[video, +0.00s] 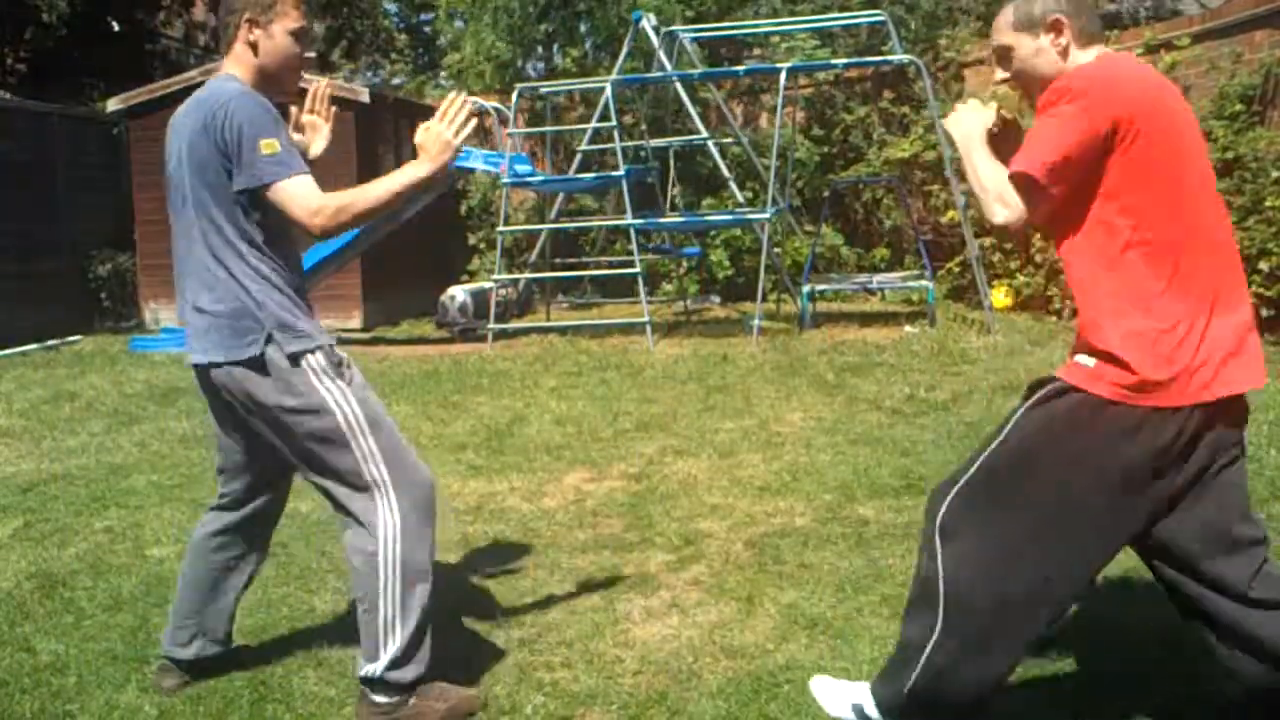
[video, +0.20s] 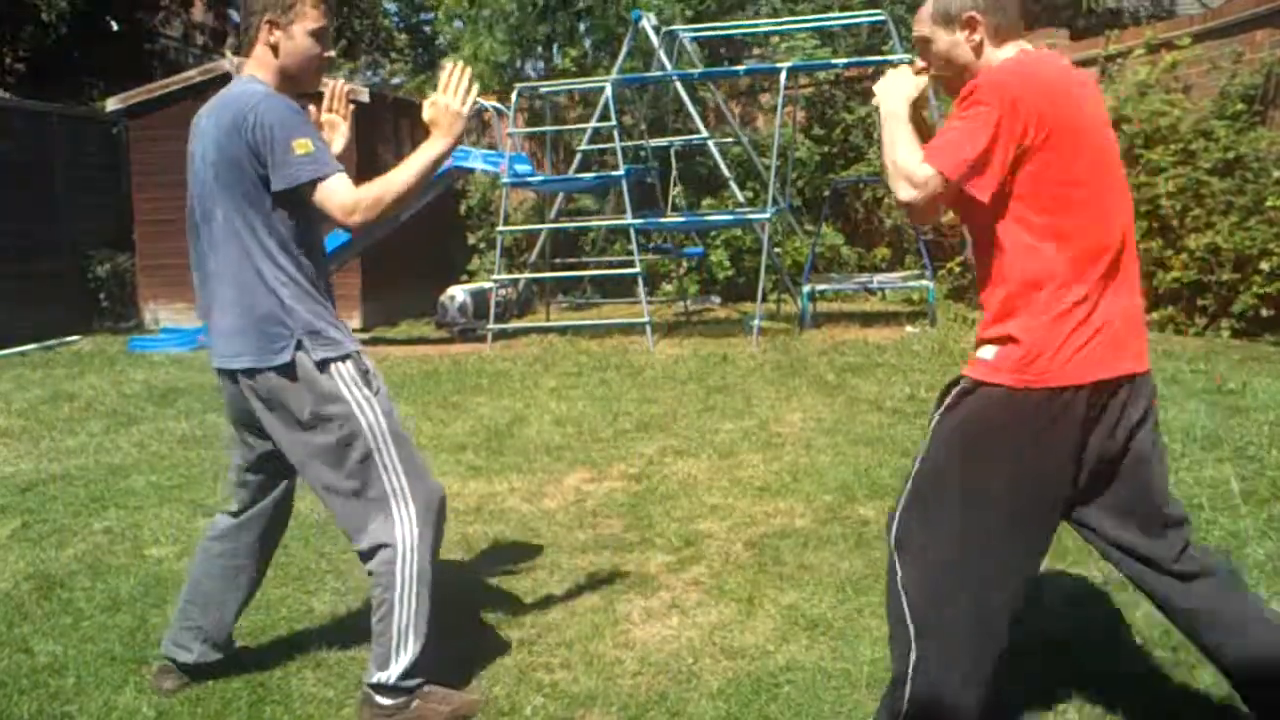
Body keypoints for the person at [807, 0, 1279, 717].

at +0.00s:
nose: (1002, 73)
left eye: (1007, 54)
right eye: (998, 57)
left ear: (1057, 35)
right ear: (1065, 32)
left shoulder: (1091, 89)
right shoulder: (1141, 83)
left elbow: (1008, 209)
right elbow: (1048, 200)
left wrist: (970, 136)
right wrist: (985, 146)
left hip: (1130, 376)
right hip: (1207, 372)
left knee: (970, 524)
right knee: (1232, 579)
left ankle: (910, 702)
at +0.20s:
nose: (922, 62)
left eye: (925, 45)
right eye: (918, 47)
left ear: (973, 32)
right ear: (987, 27)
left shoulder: (1007, 84)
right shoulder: (1069, 80)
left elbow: (914, 191)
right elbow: (976, 205)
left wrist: (893, 107)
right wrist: (918, 119)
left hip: (1030, 374)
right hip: (1112, 367)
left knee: (936, 554)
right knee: (1168, 553)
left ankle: (929, 708)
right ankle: (1273, 684)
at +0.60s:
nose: (762, 94)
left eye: (765, 78)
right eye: (759, 80)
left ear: (801, 70)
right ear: (819, 69)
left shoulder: (838, 119)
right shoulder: (887, 121)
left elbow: (889, 229)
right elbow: (836, 246)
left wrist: (830, 334)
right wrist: (787, 196)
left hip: (843, 388)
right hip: (911, 387)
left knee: (740, 539)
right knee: (954, 551)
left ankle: (654, 684)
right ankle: (1074, 687)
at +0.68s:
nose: (706, 86)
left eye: (707, 71)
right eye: (702, 72)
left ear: (740, 63)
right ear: (781, 63)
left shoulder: (755, 111)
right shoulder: (834, 120)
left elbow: (789, 188)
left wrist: (738, 275)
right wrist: (733, 155)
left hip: (757, 370)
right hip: (842, 371)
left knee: (663, 523)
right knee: (897, 518)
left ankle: (632, 690)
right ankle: (1031, 657)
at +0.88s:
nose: (631, 61)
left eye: (634, 50)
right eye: (632, 50)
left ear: (658, 42)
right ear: (713, 47)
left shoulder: (646, 69)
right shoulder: (777, 105)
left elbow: (542, 74)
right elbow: (796, 211)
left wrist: (435, 63)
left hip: (668, 335)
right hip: (758, 337)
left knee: (629, 508)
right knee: (769, 476)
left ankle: (628, 689)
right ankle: (815, 606)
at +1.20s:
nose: (553, 61)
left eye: (558, 47)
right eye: (554, 49)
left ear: (592, 41)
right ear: (617, 44)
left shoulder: (589, 86)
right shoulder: (673, 109)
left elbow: (530, 172)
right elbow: (712, 191)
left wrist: (444, 150)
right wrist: (657, 244)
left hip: (591, 320)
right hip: (646, 320)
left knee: (555, 491)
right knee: (613, 468)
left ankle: (616, 657)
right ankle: (658, 595)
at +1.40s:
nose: (519, 39)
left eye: (529, 28)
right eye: (519, 27)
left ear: (570, 32)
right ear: (559, 32)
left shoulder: (608, 109)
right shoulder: (544, 95)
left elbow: (665, 218)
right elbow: (478, 93)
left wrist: (623, 309)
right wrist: (434, 61)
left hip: (572, 327)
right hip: (554, 321)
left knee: (497, 465)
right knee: (587, 461)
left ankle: (505, 624)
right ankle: (656, 585)